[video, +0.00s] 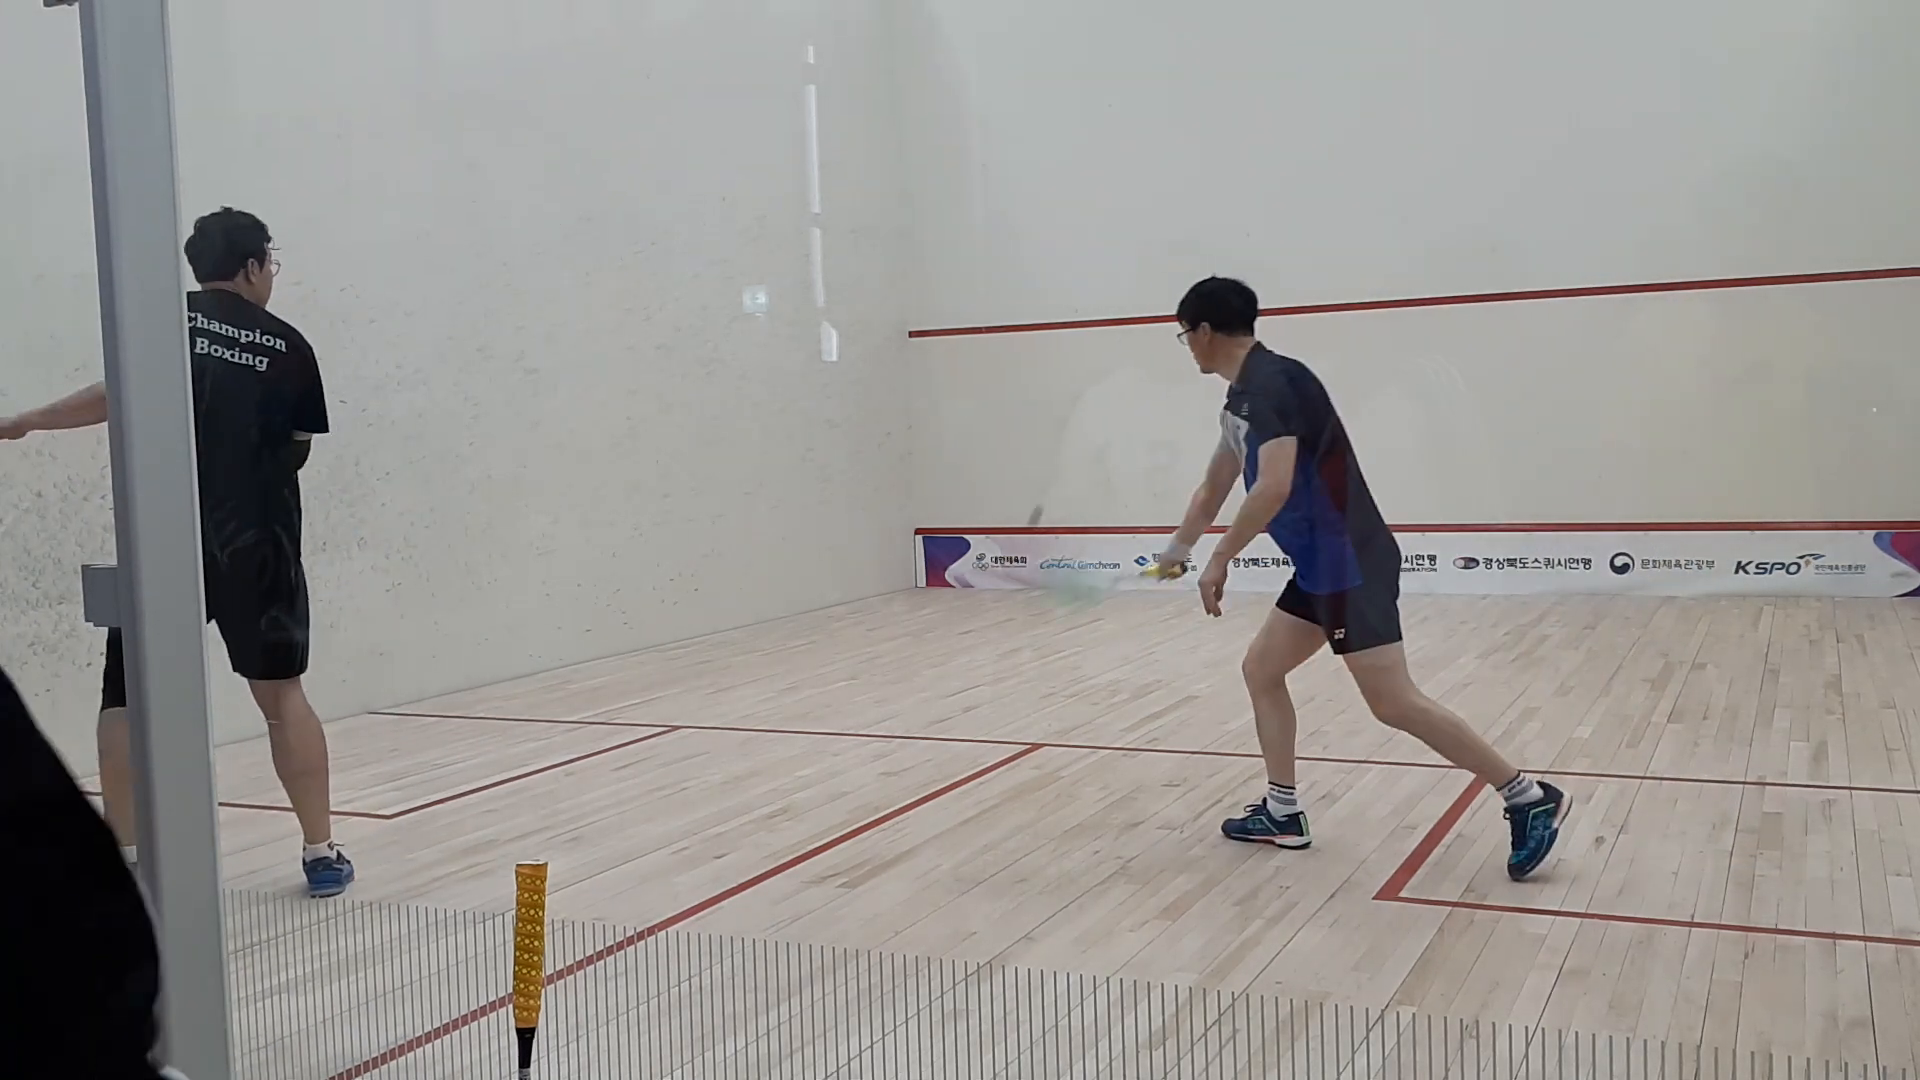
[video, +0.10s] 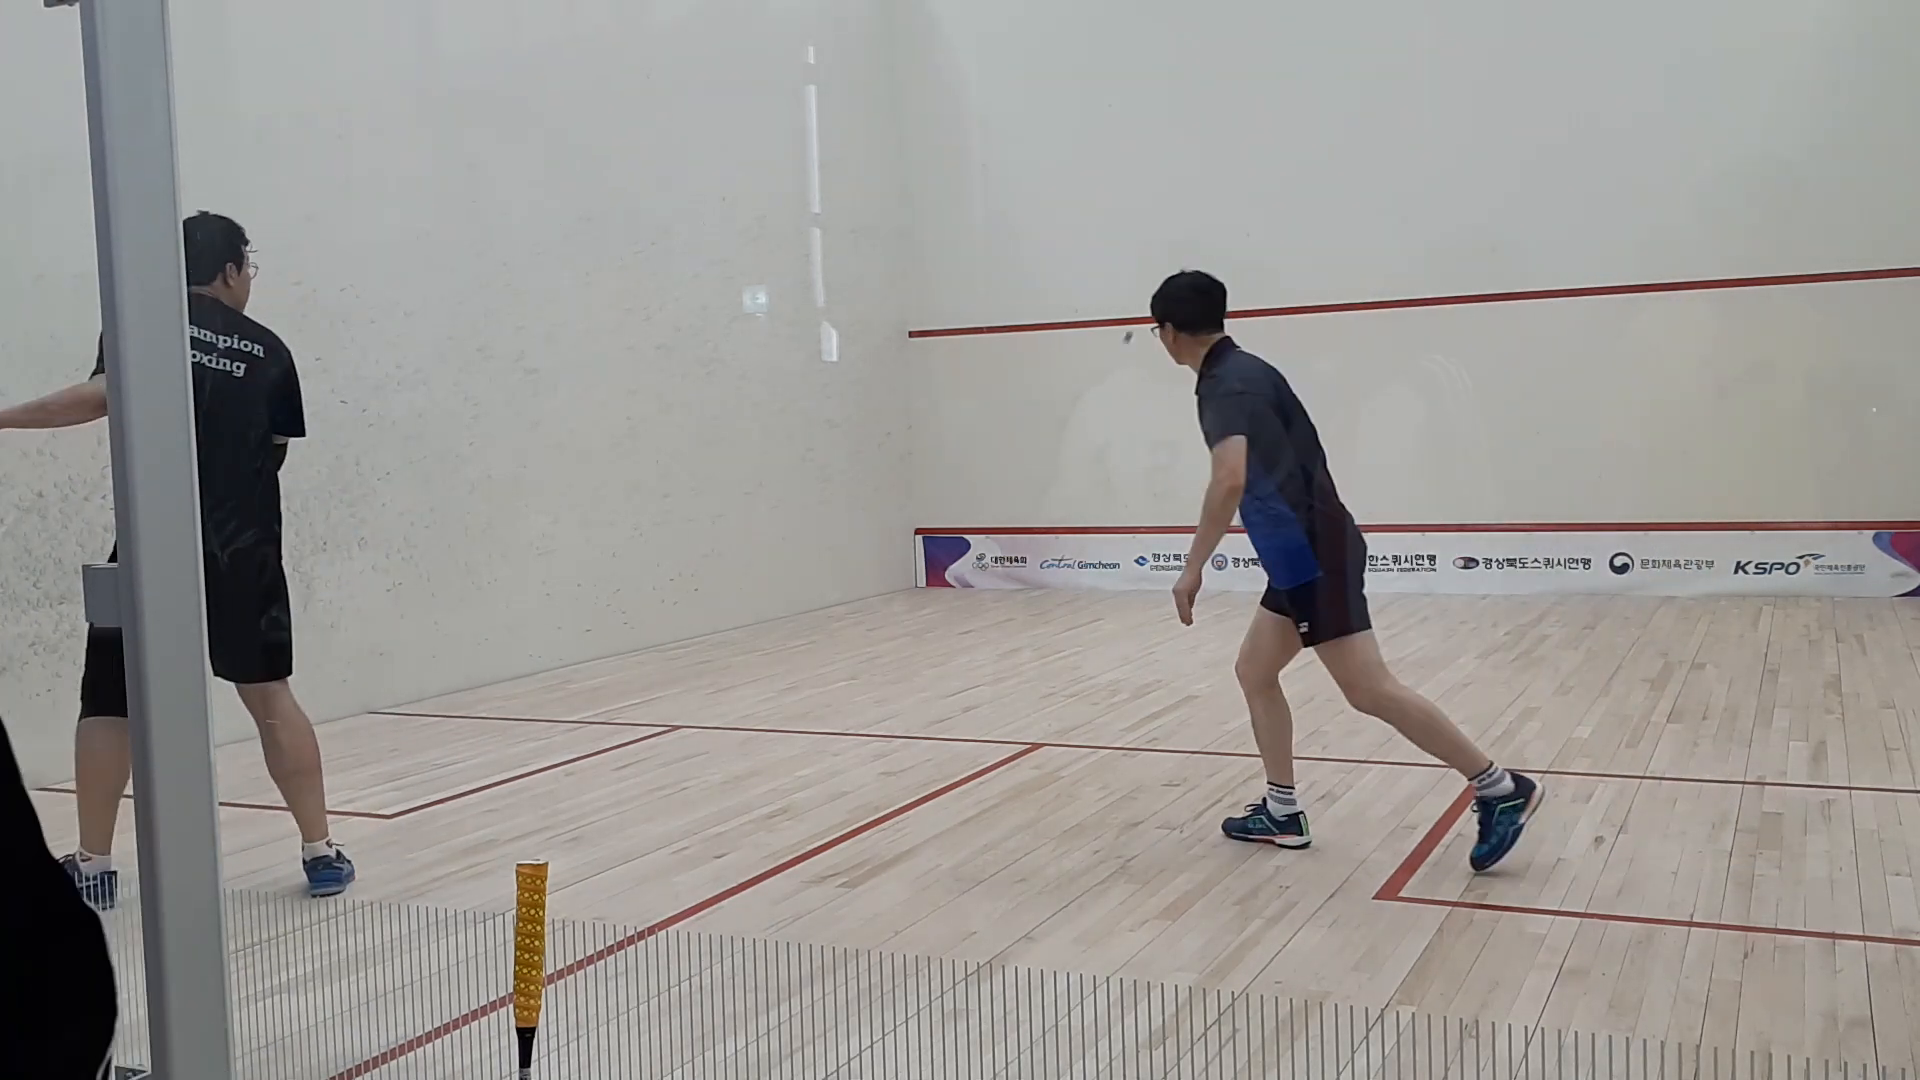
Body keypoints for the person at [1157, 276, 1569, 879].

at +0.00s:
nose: (1186, 344)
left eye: (1187, 332)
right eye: (1185, 333)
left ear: (1209, 331)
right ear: (1234, 326)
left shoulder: (1273, 383)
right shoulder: (1242, 395)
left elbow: (1274, 487)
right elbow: (1214, 486)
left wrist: (1221, 557)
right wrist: (1176, 549)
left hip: (1357, 564)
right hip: (1322, 568)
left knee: (1394, 702)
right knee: (1261, 669)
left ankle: (1528, 796)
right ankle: (1281, 810)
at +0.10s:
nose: (1160, 340)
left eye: (1160, 330)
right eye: (1158, 330)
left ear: (1175, 331)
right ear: (1214, 322)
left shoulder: (1227, 384)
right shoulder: (1239, 372)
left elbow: (1231, 480)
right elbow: (1289, 466)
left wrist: (1193, 566)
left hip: (1320, 556)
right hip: (1301, 558)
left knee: (1370, 690)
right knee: (1254, 670)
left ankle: (1500, 787)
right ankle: (1281, 808)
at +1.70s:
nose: (694, 305)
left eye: (685, 294)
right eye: (735, 295)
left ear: (680, 300)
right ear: (741, 299)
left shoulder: (654, 374)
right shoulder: (776, 360)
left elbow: (658, 464)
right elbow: (830, 447)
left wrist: (659, 556)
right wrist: (859, 525)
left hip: (703, 553)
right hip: (784, 543)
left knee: (691, 699)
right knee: (835, 682)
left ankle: (688, 840)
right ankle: (870, 815)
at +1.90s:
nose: (707, 307)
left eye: (664, 299)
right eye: (713, 298)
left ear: (654, 304)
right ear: (716, 303)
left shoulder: (629, 378)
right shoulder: (753, 371)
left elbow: (621, 473)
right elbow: (799, 461)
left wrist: (605, 565)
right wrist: (825, 543)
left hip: (656, 563)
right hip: (742, 561)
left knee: (602, 694)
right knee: (775, 701)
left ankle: (568, 835)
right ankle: (793, 847)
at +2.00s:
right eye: (696, 336)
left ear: (634, 346)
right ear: (696, 344)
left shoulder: (613, 421)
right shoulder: (736, 413)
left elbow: (586, 516)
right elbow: (781, 504)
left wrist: (555, 609)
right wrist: (809, 586)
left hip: (630, 602)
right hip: (717, 604)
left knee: (553, 711)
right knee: (770, 732)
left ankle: (520, 834)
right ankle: (787, 865)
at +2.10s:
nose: (663, 364)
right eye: (663, 356)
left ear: (600, 367)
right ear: (660, 365)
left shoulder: (573, 443)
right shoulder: (697, 436)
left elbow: (528, 538)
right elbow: (744, 521)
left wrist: (497, 619)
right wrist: (776, 600)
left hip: (596, 629)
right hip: (679, 626)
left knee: (529, 755)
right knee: (723, 746)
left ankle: (540, 874)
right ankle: (764, 826)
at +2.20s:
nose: (621, 402)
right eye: (623, 393)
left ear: (563, 402)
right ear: (622, 399)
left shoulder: (536, 475)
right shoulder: (658, 463)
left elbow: (524, 561)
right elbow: (706, 532)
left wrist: (555, 605)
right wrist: (746, 611)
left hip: (582, 641)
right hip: (659, 631)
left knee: (513, 772)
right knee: (675, 714)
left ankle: (540, 893)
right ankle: (700, 790)